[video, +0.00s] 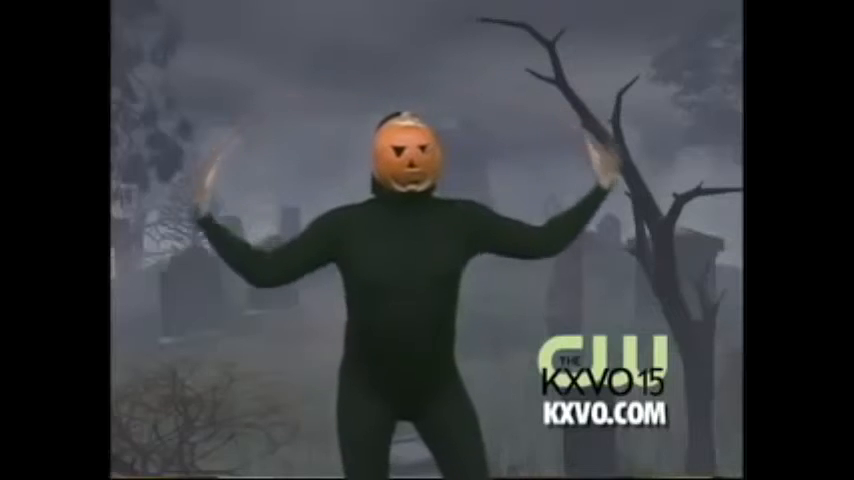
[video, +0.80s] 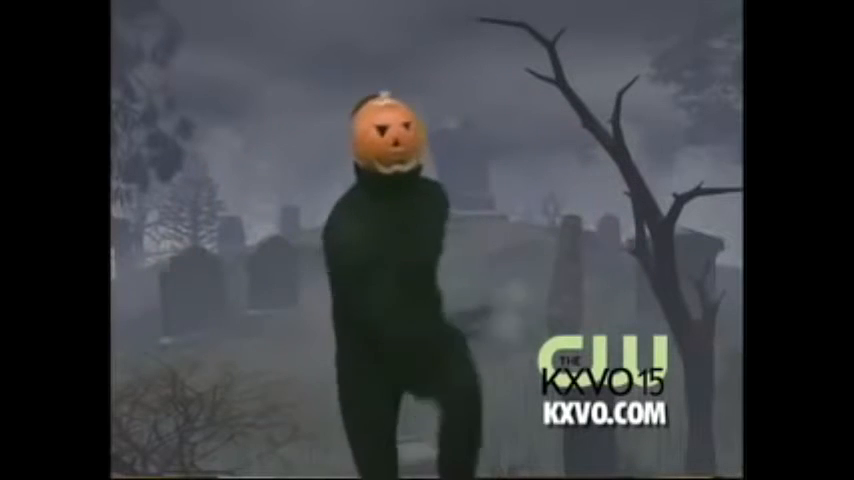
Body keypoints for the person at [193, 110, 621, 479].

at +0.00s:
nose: (411, 157)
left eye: (422, 148)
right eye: (397, 149)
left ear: (439, 161)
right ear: (375, 163)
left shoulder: (463, 220)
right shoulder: (344, 226)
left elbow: (543, 241)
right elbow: (266, 271)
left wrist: (603, 184)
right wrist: (206, 216)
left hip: (438, 386)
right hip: (365, 388)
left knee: (472, 473)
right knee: (364, 476)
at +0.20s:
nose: (404, 155)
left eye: (415, 147)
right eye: (391, 148)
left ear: (431, 162)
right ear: (371, 164)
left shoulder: (457, 224)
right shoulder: (341, 229)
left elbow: (534, 256)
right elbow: (278, 291)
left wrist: (607, 220)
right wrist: (196, 272)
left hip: (435, 387)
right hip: (363, 389)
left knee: (470, 472)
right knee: (361, 476)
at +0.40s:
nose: (397, 154)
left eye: (408, 147)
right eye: (384, 148)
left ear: (424, 163)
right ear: (366, 164)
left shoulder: (449, 224)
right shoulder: (337, 232)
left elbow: (518, 266)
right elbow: (283, 306)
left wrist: (595, 256)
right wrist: (205, 325)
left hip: (433, 388)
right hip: (361, 392)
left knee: (467, 472)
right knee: (361, 476)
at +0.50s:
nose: (394, 158)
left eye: (405, 148)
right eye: (381, 151)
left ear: (422, 161)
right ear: (362, 164)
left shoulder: (446, 223)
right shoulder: (333, 235)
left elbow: (508, 277)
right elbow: (291, 315)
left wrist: (581, 282)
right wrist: (227, 364)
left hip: (432, 387)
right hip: (361, 392)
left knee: (462, 472)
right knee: (360, 475)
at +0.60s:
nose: (394, 160)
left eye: (405, 149)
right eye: (380, 150)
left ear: (421, 157)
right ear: (358, 161)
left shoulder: (439, 215)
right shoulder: (338, 231)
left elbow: (473, 275)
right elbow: (319, 324)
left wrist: (509, 319)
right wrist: (300, 391)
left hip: (432, 384)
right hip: (364, 389)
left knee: (449, 472)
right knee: (364, 473)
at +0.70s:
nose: (395, 148)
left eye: (405, 137)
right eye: (380, 140)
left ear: (419, 147)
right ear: (356, 152)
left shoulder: (435, 210)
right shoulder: (343, 224)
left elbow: (439, 289)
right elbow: (352, 307)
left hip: (432, 363)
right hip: (367, 367)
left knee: (451, 466)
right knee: (369, 466)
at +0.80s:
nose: (397, 136)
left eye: (407, 126)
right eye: (381, 129)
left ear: (420, 138)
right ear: (358, 146)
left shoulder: (432, 200)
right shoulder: (346, 218)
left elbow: (423, 270)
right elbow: (356, 309)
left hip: (427, 344)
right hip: (365, 355)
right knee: (377, 467)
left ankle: (456, 473)